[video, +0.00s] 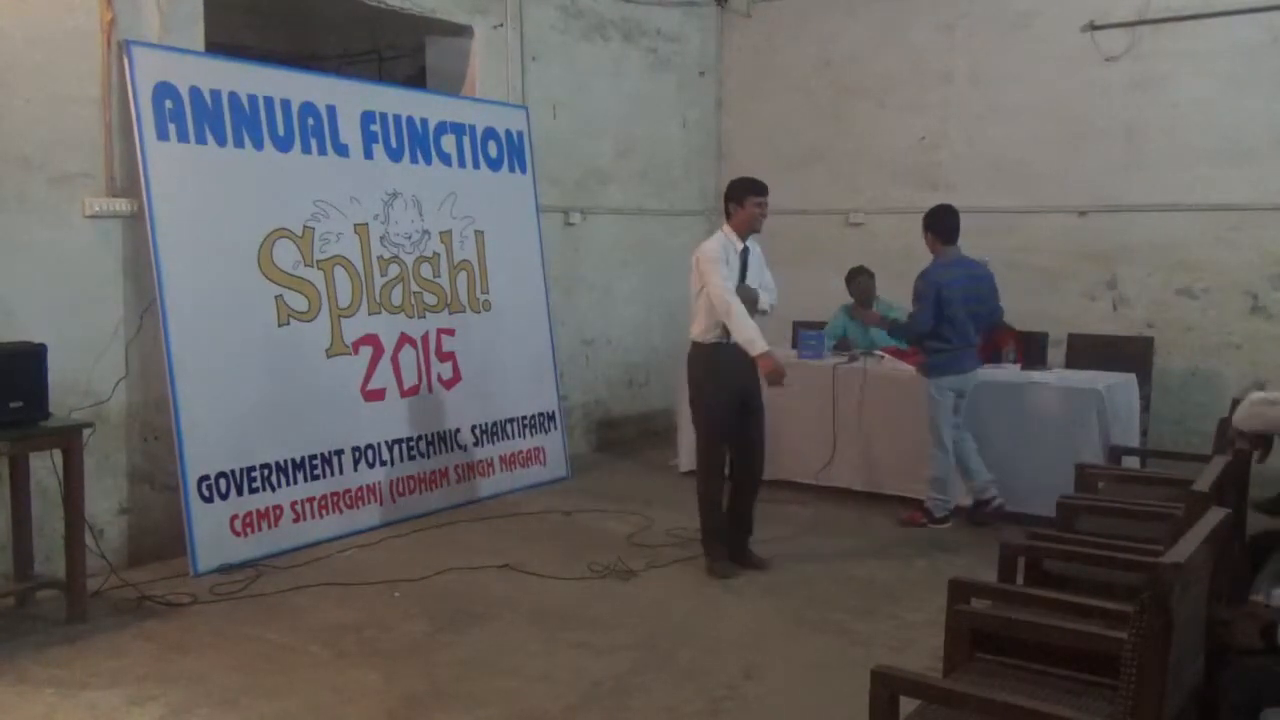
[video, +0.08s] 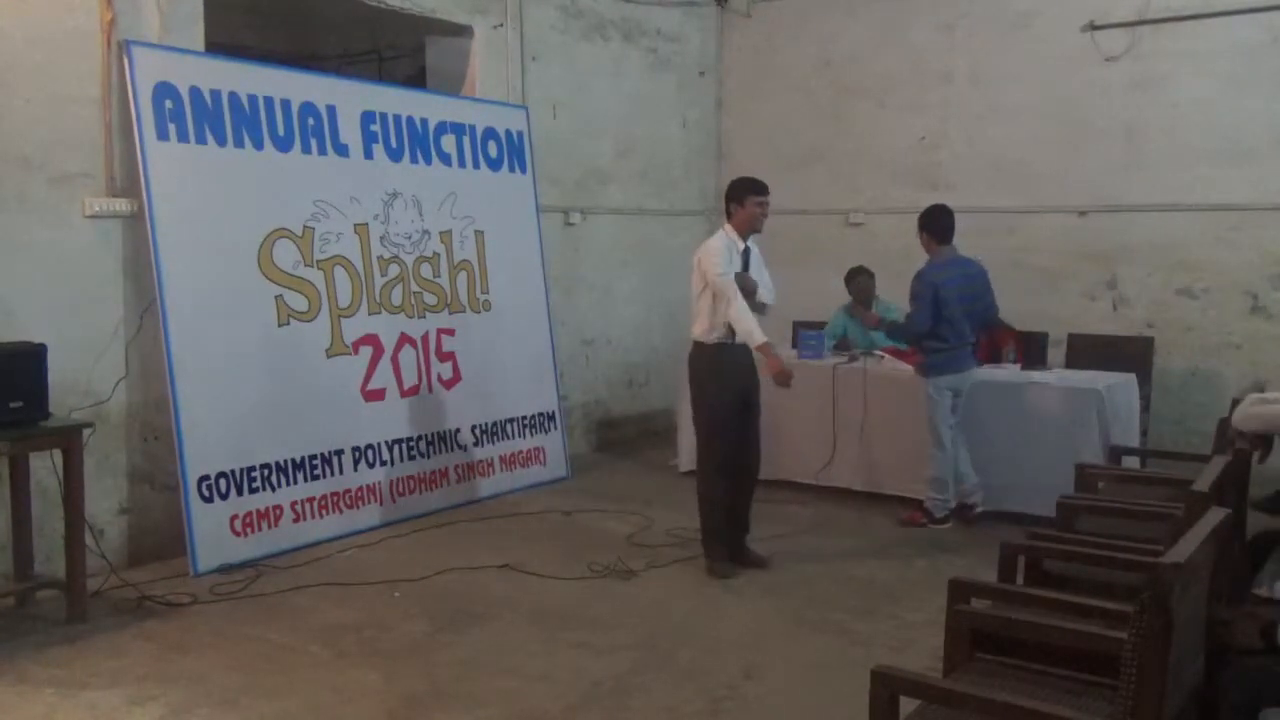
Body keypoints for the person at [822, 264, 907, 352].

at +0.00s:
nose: (865, 290)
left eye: (869, 285)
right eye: (859, 286)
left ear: (875, 287)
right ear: (850, 292)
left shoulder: (891, 309)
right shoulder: (844, 314)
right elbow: (827, 339)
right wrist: (837, 345)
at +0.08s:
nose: (864, 290)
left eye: (868, 285)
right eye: (858, 285)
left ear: (874, 287)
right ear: (849, 291)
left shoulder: (890, 309)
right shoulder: (843, 314)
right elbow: (826, 340)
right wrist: (837, 345)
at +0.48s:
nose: (865, 293)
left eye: (869, 288)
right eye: (860, 290)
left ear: (875, 288)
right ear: (851, 291)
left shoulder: (889, 309)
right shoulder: (843, 314)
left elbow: (896, 337)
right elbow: (827, 338)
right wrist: (837, 345)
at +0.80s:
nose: (864, 296)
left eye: (868, 292)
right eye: (859, 293)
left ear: (875, 290)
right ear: (850, 293)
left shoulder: (886, 311)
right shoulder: (842, 316)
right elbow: (827, 337)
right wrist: (836, 345)